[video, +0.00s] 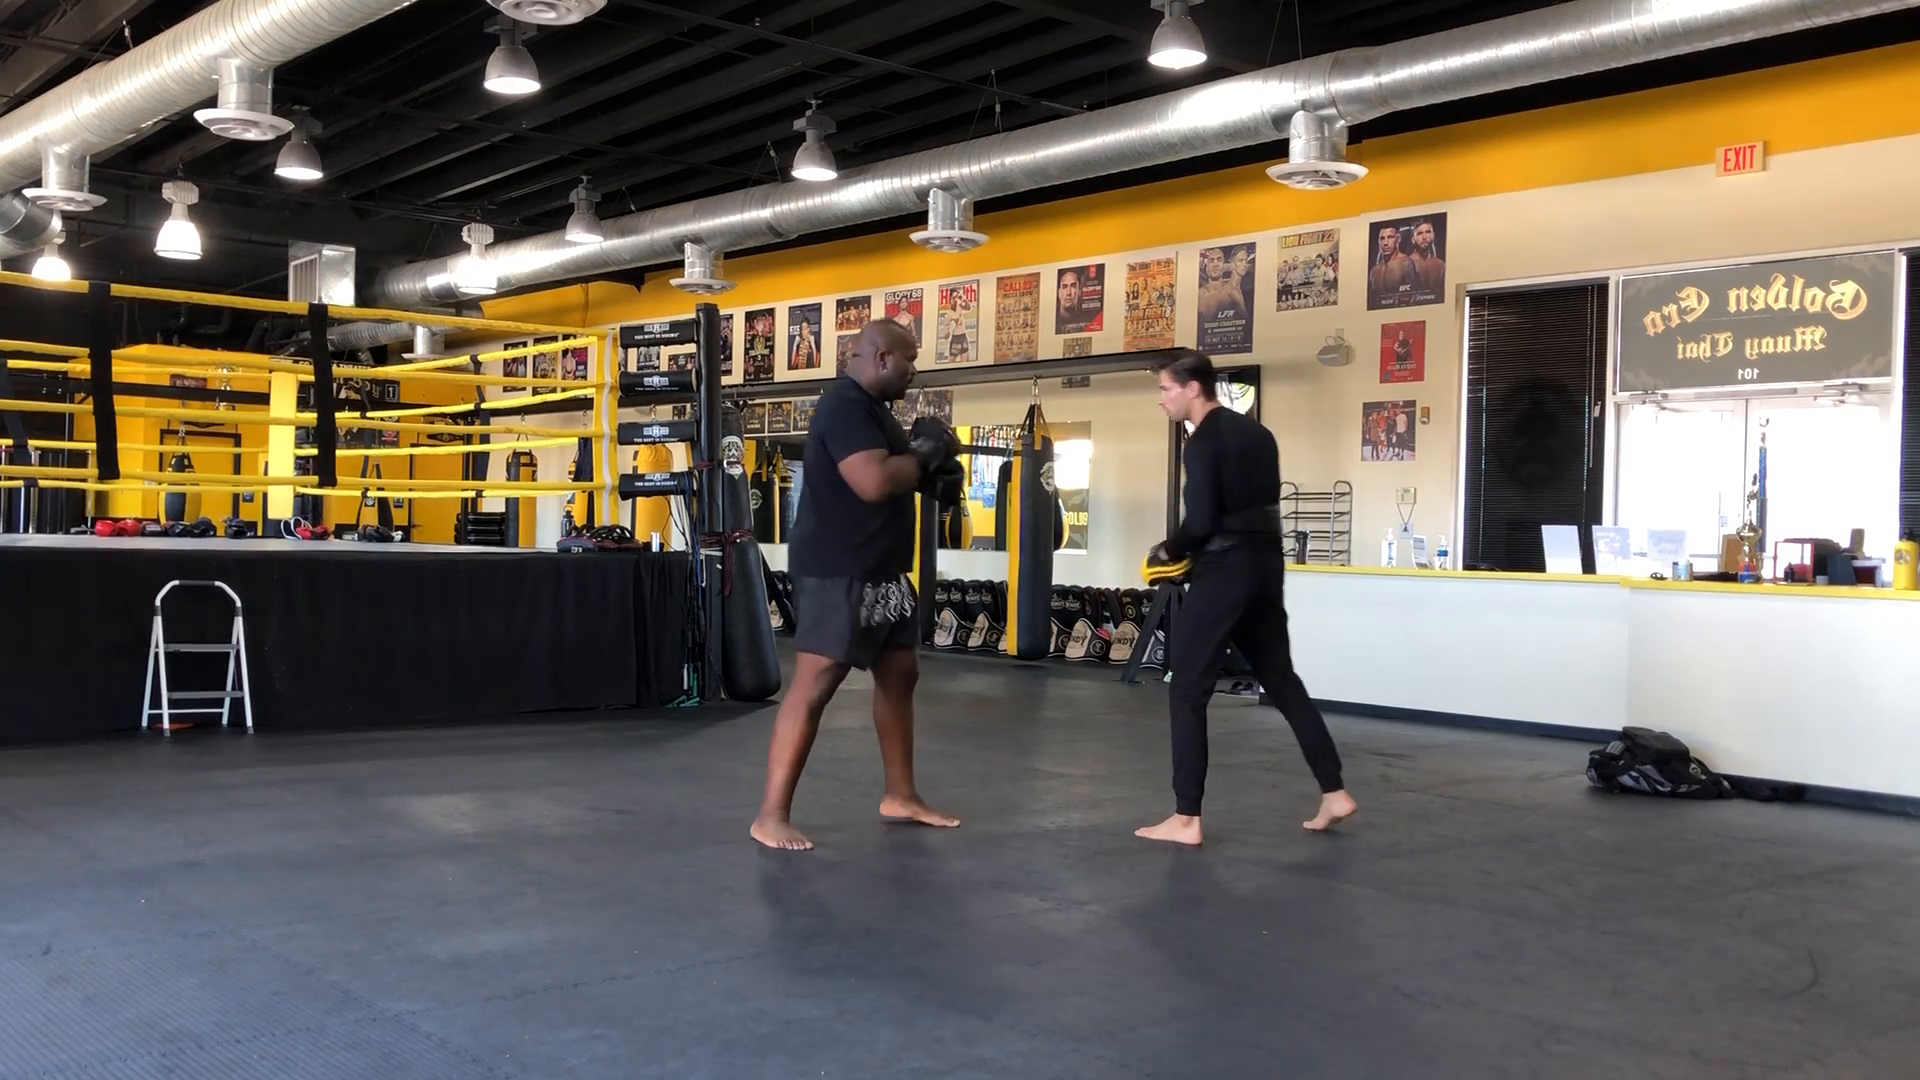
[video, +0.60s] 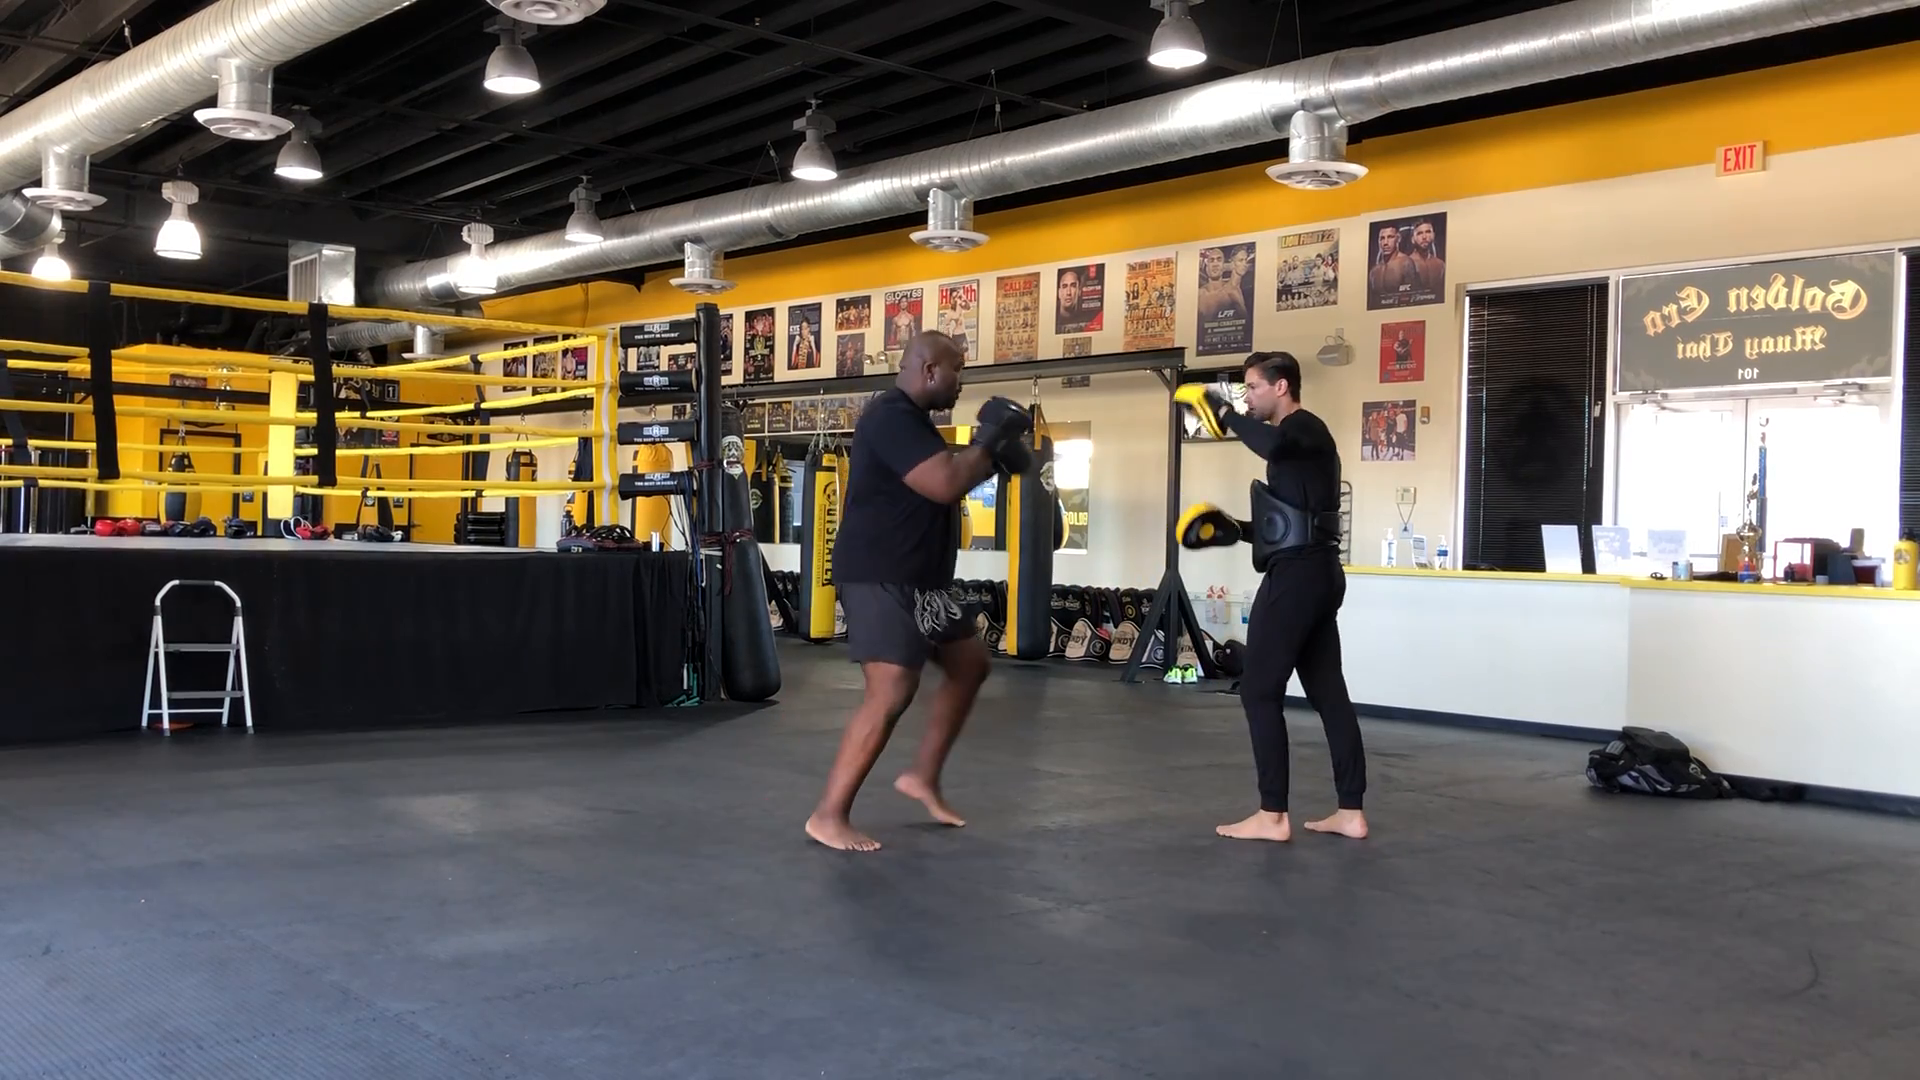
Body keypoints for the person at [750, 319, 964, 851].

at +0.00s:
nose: (913, 370)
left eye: (913, 361)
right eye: (908, 360)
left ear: (878, 357)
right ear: (879, 357)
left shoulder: (878, 414)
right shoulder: (842, 405)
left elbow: (901, 473)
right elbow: (873, 481)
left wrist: (927, 467)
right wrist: (922, 455)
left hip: (883, 573)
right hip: (836, 574)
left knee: (899, 675)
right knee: (811, 687)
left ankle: (900, 796)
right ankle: (771, 818)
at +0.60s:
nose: (959, 387)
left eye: (961, 378)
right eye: (956, 376)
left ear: (924, 369)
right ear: (928, 370)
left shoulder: (916, 422)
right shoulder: (889, 414)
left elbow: (949, 480)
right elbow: (943, 483)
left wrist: (993, 457)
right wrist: (985, 442)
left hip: (922, 580)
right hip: (877, 579)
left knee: (970, 665)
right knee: (891, 689)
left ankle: (923, 777)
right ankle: (828, 816)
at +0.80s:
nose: (981, 385)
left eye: (982, 376)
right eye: (977, 375)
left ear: (948, 370)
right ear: (948, 370)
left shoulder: (954, 425)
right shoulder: (899, 417)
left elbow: (972, 479)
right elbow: (942, 480)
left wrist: (1013, 445)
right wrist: (985, 434)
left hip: (947, 578)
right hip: (895, 579)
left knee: (978, 674)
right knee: (884, 689)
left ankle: (978, 791)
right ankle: (829, 815)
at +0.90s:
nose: (996, 384)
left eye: (997, 376)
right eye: (991, 375)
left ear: (963, 373)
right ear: (959, 372)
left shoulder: (974, 419)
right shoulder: (909, 416)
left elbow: (1037, 440)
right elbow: (949, 467)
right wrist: (995, 422)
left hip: (959, 572)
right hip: (903, 570)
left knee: (977, 678)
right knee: (894, 678)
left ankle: (977, 796)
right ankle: (840, 811)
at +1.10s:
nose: (1014, 382)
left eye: (1015, 374)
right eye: (1009, 372)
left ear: (986, 371)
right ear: (977, 368)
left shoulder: (997, 430)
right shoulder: (924, 415)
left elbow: (1017, 495)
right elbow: (929, 483)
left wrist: (1057, 485)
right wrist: (991, 450)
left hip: (977, 576)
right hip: (917, 575)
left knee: (984, 677)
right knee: (906, 681)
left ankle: (977, 798)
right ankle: (853, 801)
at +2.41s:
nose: (1038, 384)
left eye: (1039, 374)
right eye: (1032, 373)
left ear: (1003, 375)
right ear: (1000, 374)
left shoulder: (1019, 431)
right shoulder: (951, 423)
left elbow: (1041, 486)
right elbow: (977, 481)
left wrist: (1072, 458)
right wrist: (1027, 439)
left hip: (1020, 580)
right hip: (961, 581)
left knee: (1045, 673)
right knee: (956, 686)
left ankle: (1043, 786)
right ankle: (907, 806)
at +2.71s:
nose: (1077, 384)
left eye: (1077, 376)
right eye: (1071, 375)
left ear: (1043, 378)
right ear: (1041, 377)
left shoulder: (1044, 430)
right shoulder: (1010, 421)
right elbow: (1026, 486)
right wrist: (1080, 452)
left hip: (1034, 575)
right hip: (998, 573)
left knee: (1048, 672)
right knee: (998, 673)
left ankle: (1042, 792)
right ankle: (920, 788)